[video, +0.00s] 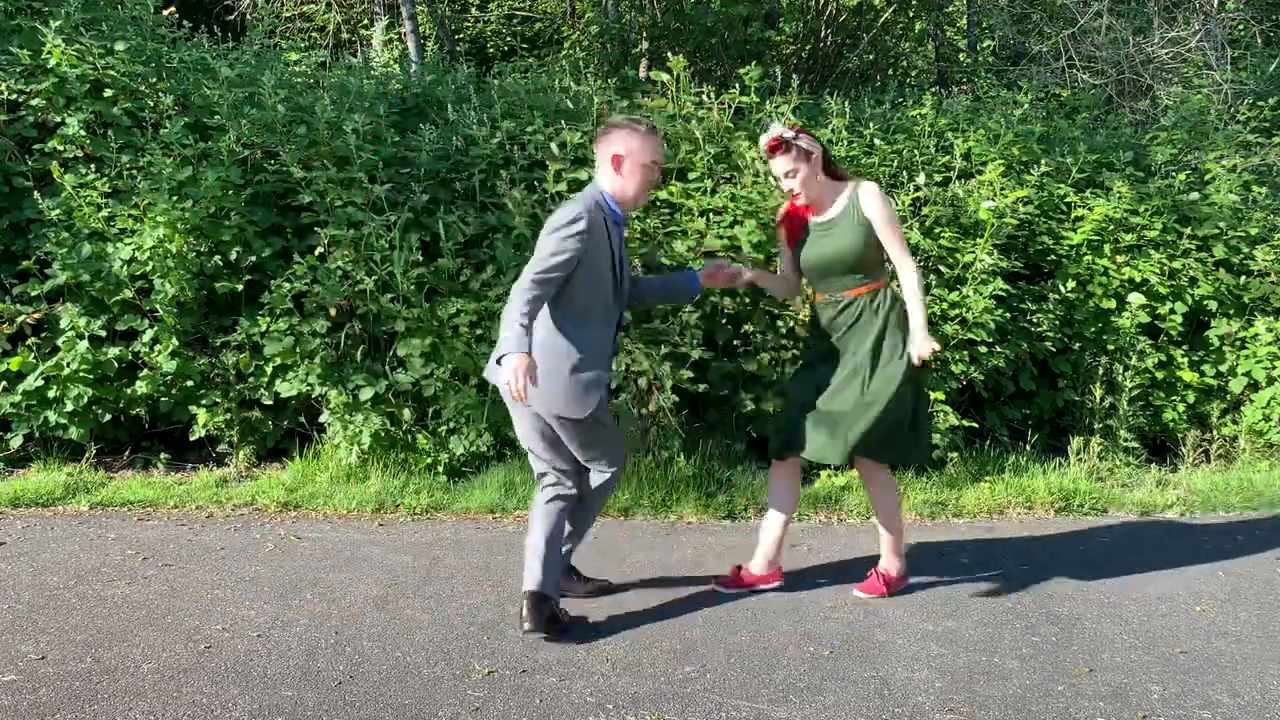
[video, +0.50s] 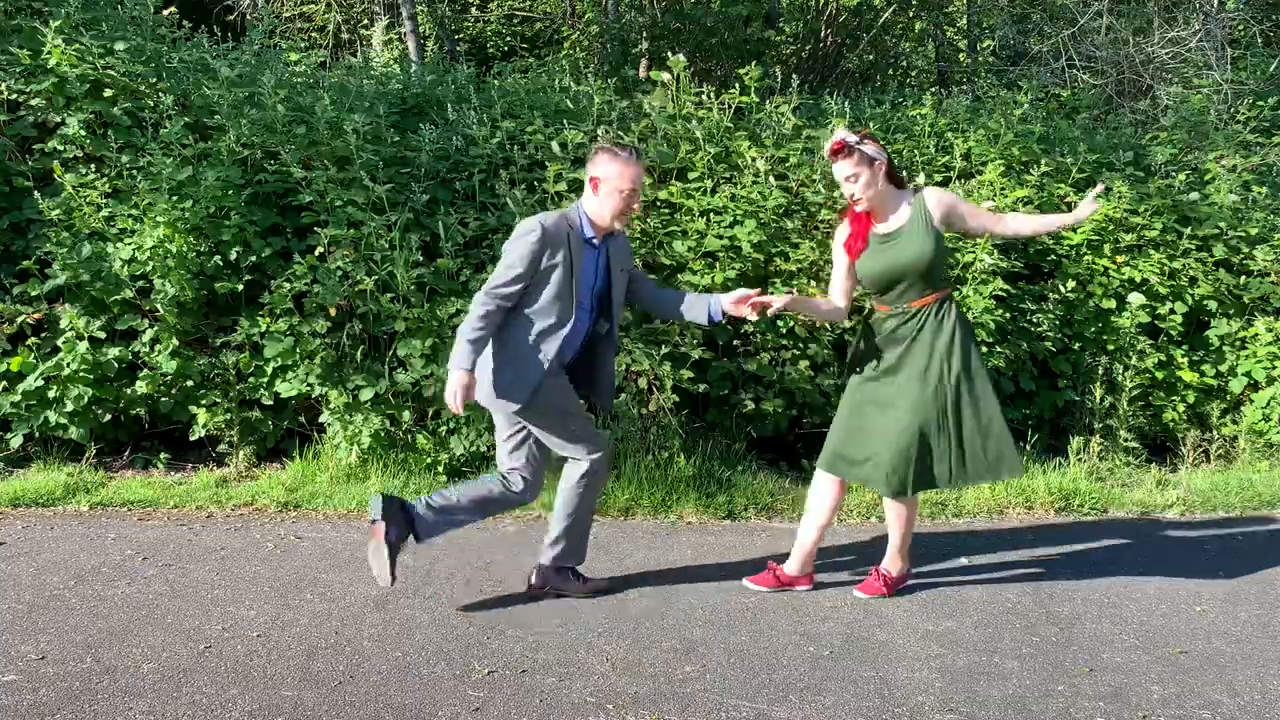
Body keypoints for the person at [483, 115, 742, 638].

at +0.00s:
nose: (657, 180)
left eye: (659, 170)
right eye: (652, 169)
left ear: (621, 166)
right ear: (616, 163)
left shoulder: (604, 223)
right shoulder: (582, 217)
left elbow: (627, 291)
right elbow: (530, 286)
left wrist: (698, 280)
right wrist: (515, 348)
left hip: (523, 378)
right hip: (562, 379)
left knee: (557, 480)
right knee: (604, 463)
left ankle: (538, 599)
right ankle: (557, 562)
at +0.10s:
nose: (657, 193)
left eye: (660, 182)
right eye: (651, 181)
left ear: (623, 180)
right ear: (615, 177)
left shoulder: (611, 237)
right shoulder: (572, 226)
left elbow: (630, 303)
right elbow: (516, 291)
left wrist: (701, 296)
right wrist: (477, 353)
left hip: (517, 375)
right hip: (543, 376)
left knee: (554, 478)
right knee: (600, 462)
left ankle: (521, 588)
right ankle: (559, 571)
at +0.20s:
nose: (653, 203)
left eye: (656, 193)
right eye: (647, 192)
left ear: (624, 188)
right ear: (612, 185)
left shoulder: (616, 244)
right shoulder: (565, 232)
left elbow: (633, 304)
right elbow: (506, 295)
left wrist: (700, 302)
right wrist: (456, 357)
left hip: (522, 376)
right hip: (540, 375)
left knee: (548, 478)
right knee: (597, 460)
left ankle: (498, 583)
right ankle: (556, 572)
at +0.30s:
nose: (651, 207)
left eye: (654, 198)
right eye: (645, 196)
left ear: (621, 192)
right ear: (609, 188)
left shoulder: (617, 248)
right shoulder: (558, 234)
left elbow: (639, 304)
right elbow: (501, 298)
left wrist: (706, 308)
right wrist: (451, 359)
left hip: (524, 376)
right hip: (536, 371)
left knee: (546, 479)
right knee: (595, 457)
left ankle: (473, 566)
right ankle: (557, 571)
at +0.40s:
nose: (644, 210)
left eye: (648, 200)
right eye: (637, 198)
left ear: (618, 194)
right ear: (602, 189)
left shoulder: (618, 250)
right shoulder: (550, 236)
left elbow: (645, 304)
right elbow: (496, 301)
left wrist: (718, 311)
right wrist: (454, 363)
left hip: (526, 377)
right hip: (528, 374)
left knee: (535, 484)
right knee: (595, 453)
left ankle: (442, 545)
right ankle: (558, 570)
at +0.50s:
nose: (636, 204)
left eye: (639, 195)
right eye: (628, 193)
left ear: (630, 194)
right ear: (594, 186)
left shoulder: (617, 248)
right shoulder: (541, 234)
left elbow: (653, 299)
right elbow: (492, 300)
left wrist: (721, 305)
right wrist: (461, 364)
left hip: (533, 375)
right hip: (519, 372)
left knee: (520, 481)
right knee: (590, 454)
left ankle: (408, 518)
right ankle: (555, 570)